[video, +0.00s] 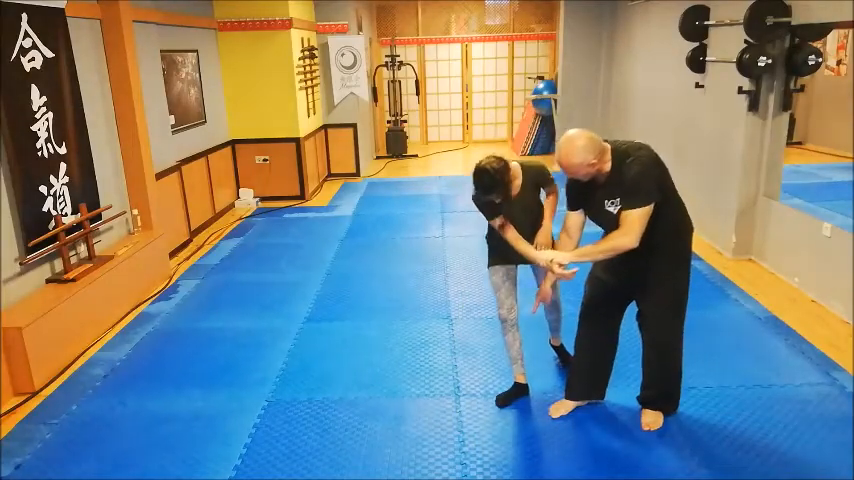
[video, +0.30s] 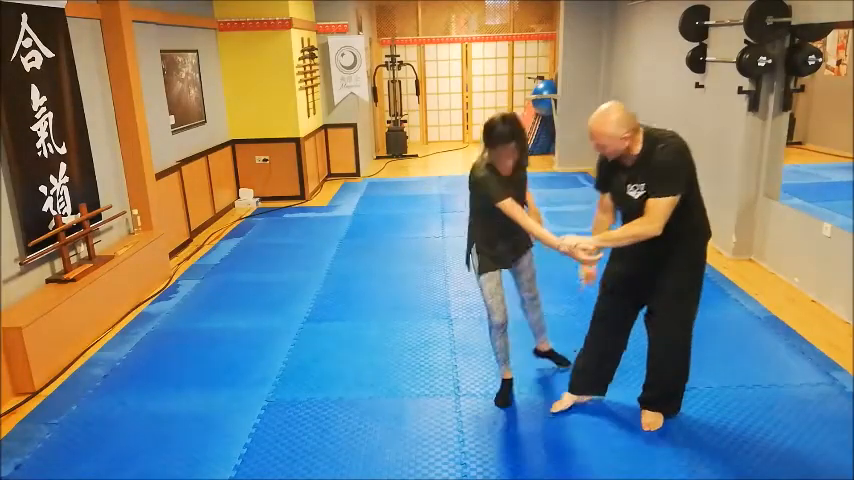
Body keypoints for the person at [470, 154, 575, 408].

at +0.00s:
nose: (495, 202)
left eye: (499, 197)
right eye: (490, 200)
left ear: (509, 177)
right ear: (481, 190)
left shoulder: (535, 171)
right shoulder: (482, 196)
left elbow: (552, 192)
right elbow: (505, 228)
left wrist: (546, 229)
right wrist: (541, 260)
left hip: (537, 237)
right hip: (502, 245)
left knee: (552, 297)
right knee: (507, 315)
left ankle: (556, 342)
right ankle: (520, 381)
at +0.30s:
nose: (510, 161)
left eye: (514, 154)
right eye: (503, 154)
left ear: (521, 148)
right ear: (490, 149)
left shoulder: (517, 163)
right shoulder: (482, 175)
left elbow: (522, 191)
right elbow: (520, 217)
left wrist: (534, 213)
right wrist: (560, 245)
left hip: (518, 240)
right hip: (488, 248)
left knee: (530, 295)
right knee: (498, 319)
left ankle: (542, 345)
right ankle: (506, 376)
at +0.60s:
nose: (515, 135)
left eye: (517, 128)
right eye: (513, 129)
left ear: (491, 123)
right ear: (492, 124)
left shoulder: (470, 154)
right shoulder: (494, 164)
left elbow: (482, 194)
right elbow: (538, 211)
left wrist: (509, 208)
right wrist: (579, 231)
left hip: (478, 244)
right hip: (493, 249)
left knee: (489, 307)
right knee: (502, 315)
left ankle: (474, 364)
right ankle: (484, 381)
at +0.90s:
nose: (503, 126)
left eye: (503, 119)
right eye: (499, 119)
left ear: (476, 121)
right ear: (482, 122)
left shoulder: (444, 155)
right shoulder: (493, 162)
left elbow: (427, 201)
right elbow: (533, 209)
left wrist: (457, 202)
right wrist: (581, 230)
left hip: (454, 251)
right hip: (489, 252)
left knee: (453, 319)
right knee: (501, 318)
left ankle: (443, 389)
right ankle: (491, 389)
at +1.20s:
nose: (486, 120)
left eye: (484, 114)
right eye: (482, 114)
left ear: (456, 120)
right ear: (467, 119)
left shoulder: (429, 156)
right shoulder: (479, 162)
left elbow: (409, 204)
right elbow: (507, 217)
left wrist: (438, 211)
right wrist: (548, 243)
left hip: (439, 253)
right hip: (477, 252)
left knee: (442, 321)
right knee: (503, 308)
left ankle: (442, 391)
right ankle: (502, 382)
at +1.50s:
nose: (494, 122)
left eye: (492, 116)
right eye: (489, 116)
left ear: (464, 121)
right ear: (475, 121)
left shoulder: (438, 159)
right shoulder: (489, 164)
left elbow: (411, 198)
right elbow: (527, 211)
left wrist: (443, 210)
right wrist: (575, 223)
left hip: (447, 255)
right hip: (485, 256)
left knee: (449, 320)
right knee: (504, 323)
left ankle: (442, 391)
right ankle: (519, 391)